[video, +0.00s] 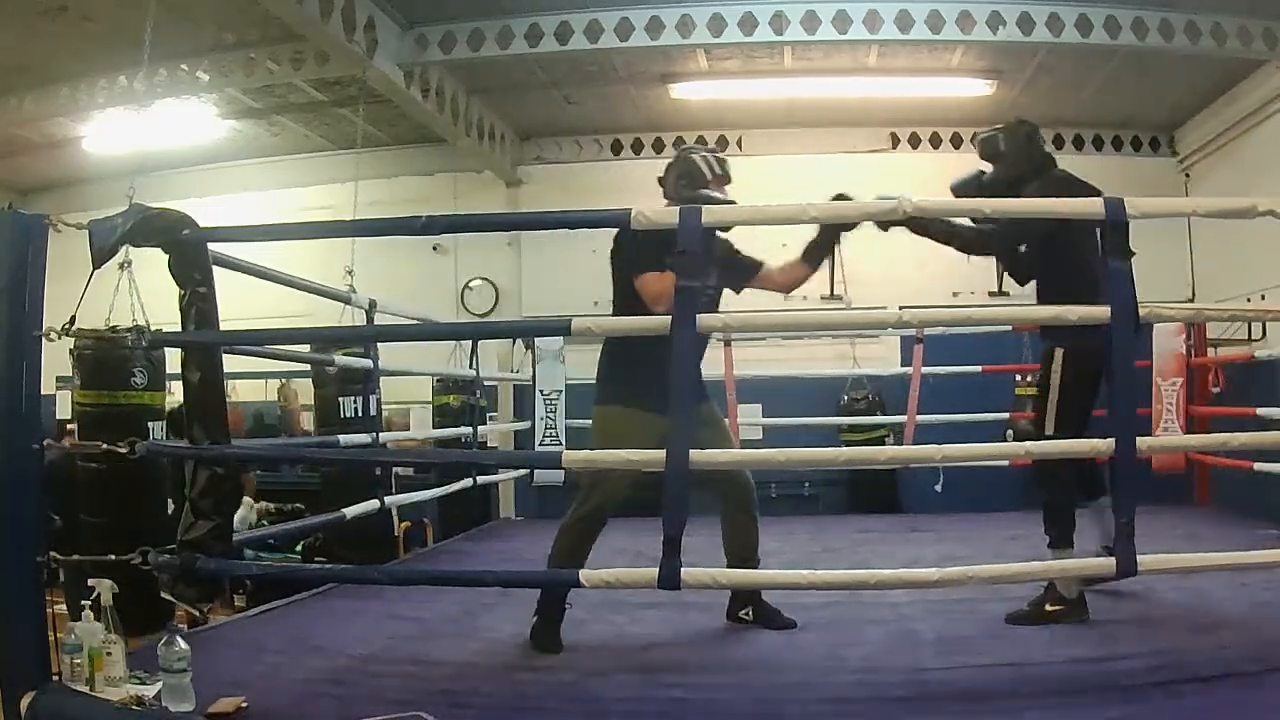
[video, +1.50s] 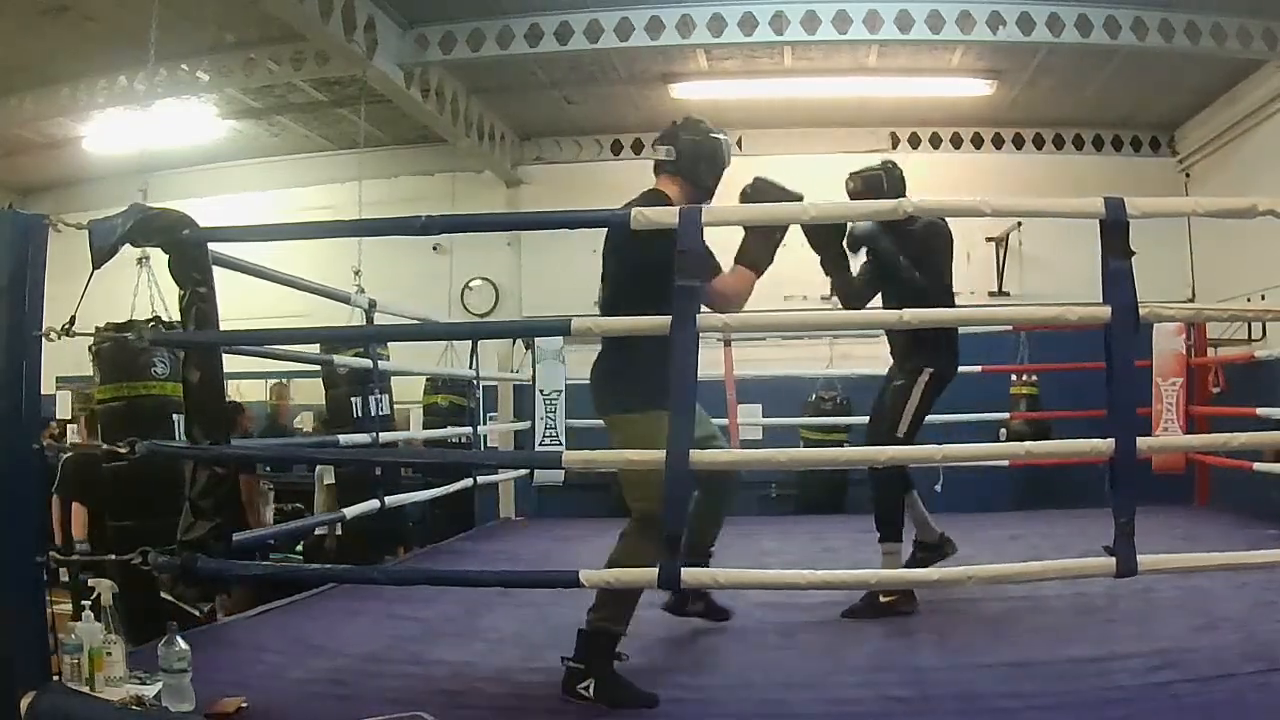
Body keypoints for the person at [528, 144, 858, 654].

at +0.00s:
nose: (723, 199)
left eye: (723, 191)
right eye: (714, 191)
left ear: (721, 193)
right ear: (683, 189)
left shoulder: (714, 249)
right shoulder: (640, 231)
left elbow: (784, 279)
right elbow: (658, 297)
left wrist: (828, 235)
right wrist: (702, 253)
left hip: (689, 395)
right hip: (628, 394)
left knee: (738, 486)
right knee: (601, 498)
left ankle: (745, 599)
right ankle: (549, 609)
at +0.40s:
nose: (699, 197)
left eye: (696, 189)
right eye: (692, 189)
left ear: (672, 193)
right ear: (663, 194)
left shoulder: (686, 249)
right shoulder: (618, 245)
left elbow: (723, 305)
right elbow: (644, 301)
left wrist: (762, 263)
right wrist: (702, 293)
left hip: (686, 407)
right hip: (624, 407)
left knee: (742, 493)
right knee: (579, 508)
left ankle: (746, 601)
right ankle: (506, 608)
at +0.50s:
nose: (672, 198)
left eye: (672, 188)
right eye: (665, 188)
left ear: (627, 188)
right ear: (638, 187)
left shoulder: (630, 236)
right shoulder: (607, 233)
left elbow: (668, 296)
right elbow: (672, 291)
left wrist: (703, 246)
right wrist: (711, 243)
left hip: (640, 406)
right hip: (602, 407)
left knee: (705, 491)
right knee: (561, 514)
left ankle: (739, 597)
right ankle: (503, 616)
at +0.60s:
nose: (656, 180)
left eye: (656, 171)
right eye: (653, 170)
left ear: (609, 164)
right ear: (639, 169)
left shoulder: (616, 216)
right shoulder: (593, 212)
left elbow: (653, 272)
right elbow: (667, 249)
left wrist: (671, 217)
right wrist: (690, 203)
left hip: (620, 380)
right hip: (581, 381)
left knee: (664, 475)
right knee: (557, 495)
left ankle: (667, 593)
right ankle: (501, 611)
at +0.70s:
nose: (643, 174)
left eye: (644, 165)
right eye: (641, 164)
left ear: (599, 156)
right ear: (627, 162)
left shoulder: (608, 205)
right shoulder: (584, 202)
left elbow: (649, 256)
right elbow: (662, 245)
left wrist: (652, 207)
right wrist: (694, 218)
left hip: (605, 371)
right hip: (572, 370)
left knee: (632, 476)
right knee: (579, 483)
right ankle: (501, 586)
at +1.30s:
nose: (688, 185)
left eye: (688, 178)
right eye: (687, 176)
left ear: (637, 167)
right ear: (674, 175)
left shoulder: (638, 216)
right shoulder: (627, 217)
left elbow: (687, 268)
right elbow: (711, 274)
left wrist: (700, 203)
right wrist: (738, 212)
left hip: (634, 384)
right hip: (604, 384)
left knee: (673, 488)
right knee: (643, 499)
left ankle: (649, 607)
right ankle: (564, 634)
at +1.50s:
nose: (719, 185)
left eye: (721, 175)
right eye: (719, 174)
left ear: (665, 163)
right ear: (704, 171)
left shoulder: (639, 215)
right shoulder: (669, 221)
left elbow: (709, 289)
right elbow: (730, 295)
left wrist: (754, 238)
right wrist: (763, 232)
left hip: (641, 390)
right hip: (645, 394)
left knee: (722, 466)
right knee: (655, 521)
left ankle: (687, 582)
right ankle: (591, 662)